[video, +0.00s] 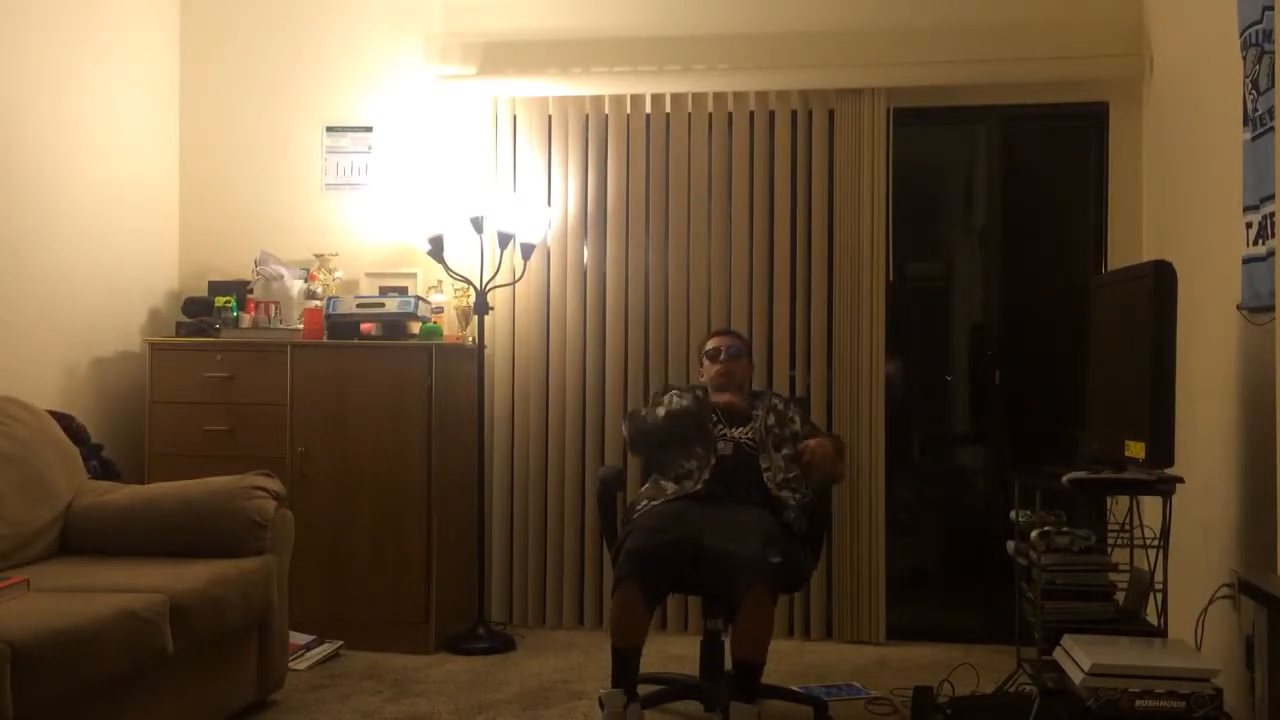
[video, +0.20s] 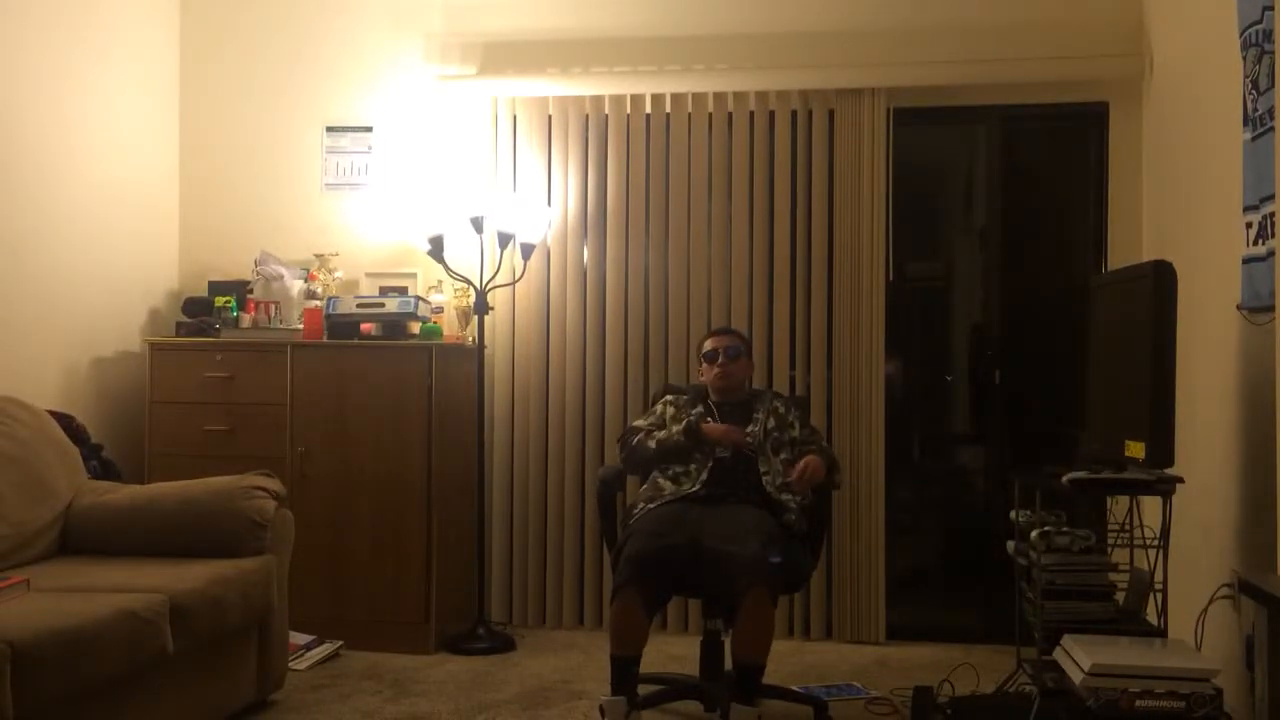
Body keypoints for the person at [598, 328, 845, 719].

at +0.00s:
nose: (722, 360)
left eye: (734, 354)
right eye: (713, 355)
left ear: (751, 367)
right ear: (701, 368)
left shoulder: (778, 408)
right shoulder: (678, 399)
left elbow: (822, 446)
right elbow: (636, 433)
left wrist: (825, 448)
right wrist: (706, 403)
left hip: (752, 507)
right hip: (677, 504)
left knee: (757, 577)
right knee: (637, 566)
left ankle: (745, 699)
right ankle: (622, 691)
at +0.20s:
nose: (720, 362)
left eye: (732, 354)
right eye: (710, 357)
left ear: (751, 365)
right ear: (701, 370)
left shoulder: (777, 408)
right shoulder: (674, 405)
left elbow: (817, 451)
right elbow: (632, 452)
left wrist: (817, 459)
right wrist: (698, 434)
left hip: (749, 508)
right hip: (675, 505)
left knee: (756, 577)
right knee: (637, 568)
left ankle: (746, 702)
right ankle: (622, 697)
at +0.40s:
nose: (722, 365)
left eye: (733, 357)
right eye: (712, 359)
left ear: (751, 366)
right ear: (702, 371)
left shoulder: (778, 411)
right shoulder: (675, 407)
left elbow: (820, 454)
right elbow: (631, 452)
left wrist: (820, 460)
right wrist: (694, 438)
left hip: (750, 509)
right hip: (675, 506)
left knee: (757, 577)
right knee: (637, 568)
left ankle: (746, 703)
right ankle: (621, 696)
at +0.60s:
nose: (728, 363)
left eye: (740, 356)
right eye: (719, 356)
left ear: (755, 368)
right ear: (707, 368)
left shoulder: (779, 413)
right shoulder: (675, 407)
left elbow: (821, 456)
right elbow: (630, 453)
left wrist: (818, 460)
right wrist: (694, 441)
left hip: (749, 509)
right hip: (675, 506)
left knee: (757, 577)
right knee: (637, 568)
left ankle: (746, 703)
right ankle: (621, 696)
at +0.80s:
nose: (734, 360)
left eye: (747, 356)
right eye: (725, 354)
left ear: (760, 371)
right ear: (710, 367)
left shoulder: (780, 413)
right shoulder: (675, 407)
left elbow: (819, 451)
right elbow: (629, 454)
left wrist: (819, 458)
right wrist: (690, 445)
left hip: (748, 509)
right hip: (673, 506)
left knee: (756, 577)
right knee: (637, 568)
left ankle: (746, 704)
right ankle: (621, 697)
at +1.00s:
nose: (739, 360)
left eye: (750, 356)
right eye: (729, 353)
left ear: (762, 373)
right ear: (712, 366)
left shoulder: (780, 413)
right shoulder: (675, 407)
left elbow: (820, 454)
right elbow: (630, 454)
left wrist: (820, 459)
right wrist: (690, 452)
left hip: (748, 509)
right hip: (672, 506)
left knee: (756, 576)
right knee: (637, 567)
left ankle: (746, 704)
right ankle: (621, 697)